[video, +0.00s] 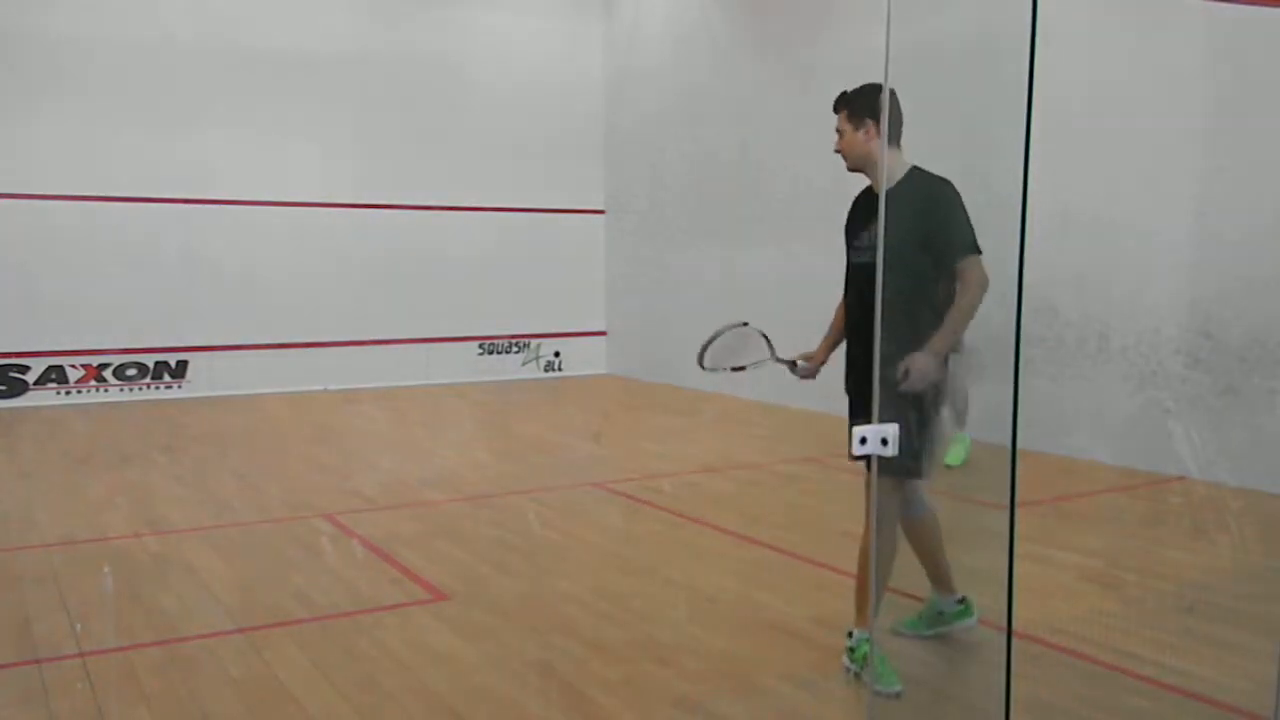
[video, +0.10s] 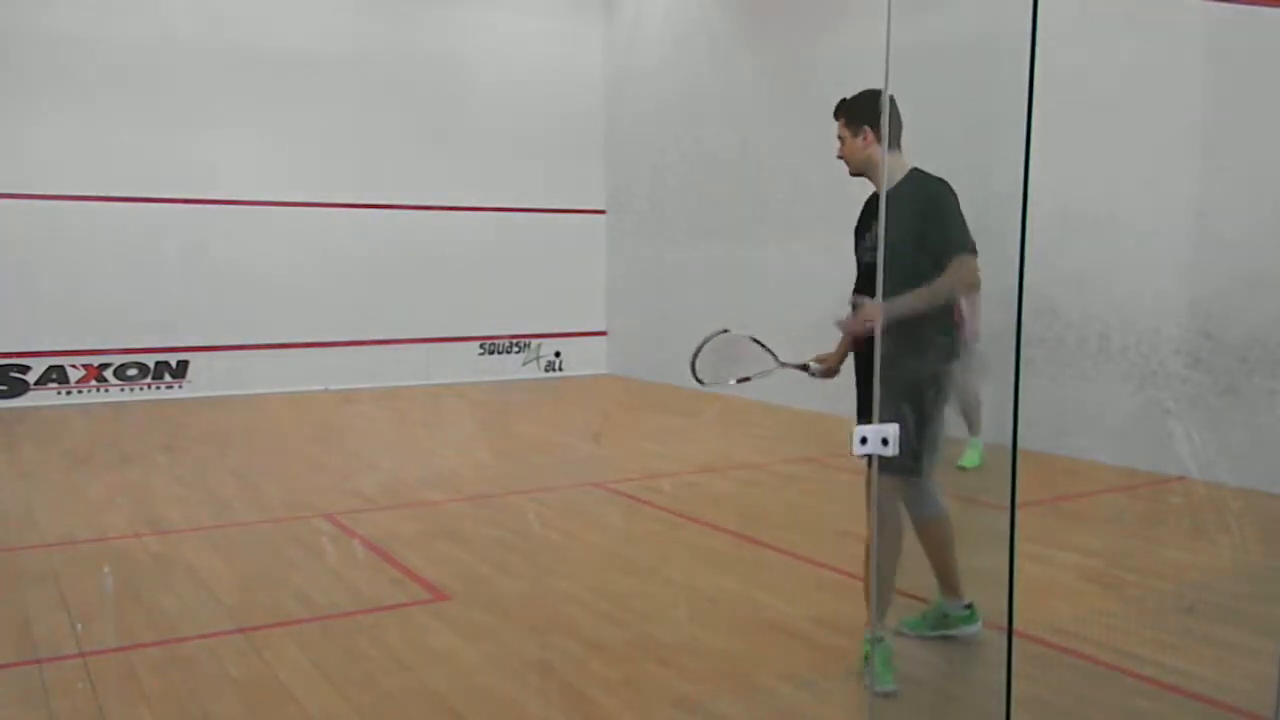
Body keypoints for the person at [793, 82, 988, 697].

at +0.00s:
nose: (836, 145)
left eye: (841, 133)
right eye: (836, 133)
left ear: (872, 130)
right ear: (866, 132)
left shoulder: (934, 193)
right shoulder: (863, 208)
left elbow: (975, 279)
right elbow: (857, 292)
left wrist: (936, 350)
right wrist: (822, 351)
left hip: (910, 374)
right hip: (867, 372)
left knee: (883, 495)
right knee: (904, 492)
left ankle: (863, 635)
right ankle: (948, 597)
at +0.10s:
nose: (837, 150)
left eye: (840, 138)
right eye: (836, 139)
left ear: (868, 136)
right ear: (870, 136)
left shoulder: (931, 194)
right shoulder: (873, 212)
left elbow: (966, 274)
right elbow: (869, 298)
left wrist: (886, 310)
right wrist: (840, 352)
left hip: (917, 368)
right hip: (885, 368)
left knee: (885, 489)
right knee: (914, 484)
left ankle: (876, 634)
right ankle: (954, 604)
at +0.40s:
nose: (845, 155)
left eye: (847, 145)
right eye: (844, 145)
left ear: (870, 140)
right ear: (884, 138)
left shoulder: (898, 192)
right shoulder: (922, 187)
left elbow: (838, 230)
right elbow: (919, 291)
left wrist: (829, 176)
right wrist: (873, 352)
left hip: (896, 368)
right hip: (915, 363)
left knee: (872, 484)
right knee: (919, 479)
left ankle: (876, 631)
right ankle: (956, 607)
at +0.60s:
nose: (834, 163)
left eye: (834, 152)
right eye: (834, 153)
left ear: (850, 146)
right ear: (876, 142)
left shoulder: (874, 187)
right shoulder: (914, 187)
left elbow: (802, 193)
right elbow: (925, 276)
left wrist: (816, 138)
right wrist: (881, 345)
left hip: (878, 362)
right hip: (906, 359)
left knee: (842, 475)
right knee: (912, 479)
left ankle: (843, 614)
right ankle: (954, 605)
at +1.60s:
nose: (653, 146)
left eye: (654, 138)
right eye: (658, 138)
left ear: (658, 140)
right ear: (703, 142)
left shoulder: (677, 189)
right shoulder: (719, 194)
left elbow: (697, 258)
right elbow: (753, 274)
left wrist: (650, 323)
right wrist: (702, 311)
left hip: (683, 350)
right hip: (717, 351)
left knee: (646, 471)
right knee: (683, 468)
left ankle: (742, 559)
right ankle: (694, 587)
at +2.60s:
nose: (634, 114)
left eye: (633, 107)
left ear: (633, 112)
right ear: (680, 113)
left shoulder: (621, 165)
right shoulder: (710, 173)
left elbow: (612, 235)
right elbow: (740, 248)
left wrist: (591, 251)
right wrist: (692, 254)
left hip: (630, 329)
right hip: (689, 332)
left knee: (601, 438)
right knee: (685, 441)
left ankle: (610, 565)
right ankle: (697, 559)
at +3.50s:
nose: (699, 148)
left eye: (698, 142)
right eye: (744, 138)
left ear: (699, 145)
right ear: (751, 143)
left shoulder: (700, 197)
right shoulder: (783, 208)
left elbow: (696, 276)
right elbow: (811, 289)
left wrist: (661, 277)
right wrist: (760, 306)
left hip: (708, 366)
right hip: (768, 371)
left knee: (661, 471)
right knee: (752, 477)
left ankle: (674, 606)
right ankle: (787, 613)